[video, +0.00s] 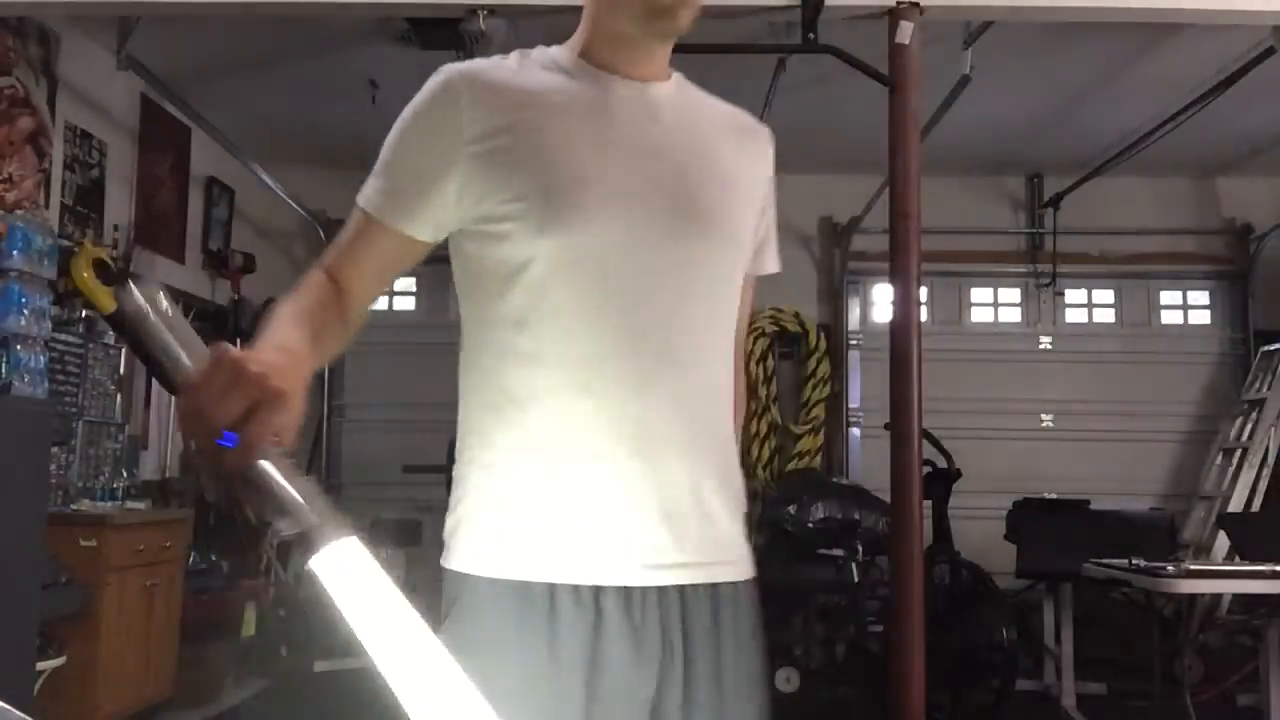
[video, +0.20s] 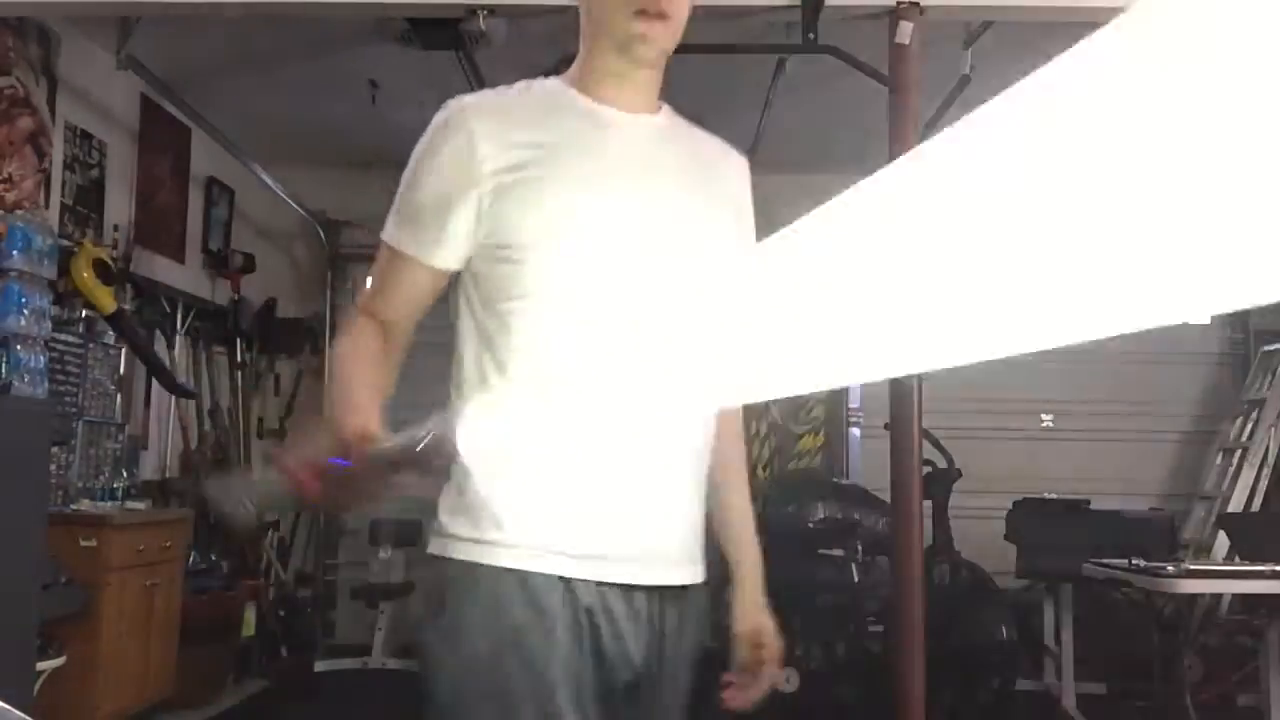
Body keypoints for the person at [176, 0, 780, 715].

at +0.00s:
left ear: (706, 1)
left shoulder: (745, 143)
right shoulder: (472, 101)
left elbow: (729, 367)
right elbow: (341, 282)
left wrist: (722, 536)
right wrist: (280, 360)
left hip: (709, 594)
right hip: (527, 594)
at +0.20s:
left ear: (691, 8)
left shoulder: (722, 173)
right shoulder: (480, 132)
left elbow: (721, 404)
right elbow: (380, 321)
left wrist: (748, 585)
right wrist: (357, 431)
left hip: (670, 595)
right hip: (509, 583)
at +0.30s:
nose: (632, 46)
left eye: (657, 28)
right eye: (614, 23)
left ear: (677, 40)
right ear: (574, 26)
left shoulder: (711, 188)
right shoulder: (482, 141)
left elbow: (715, 403)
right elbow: (386, 340)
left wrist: (767, 583)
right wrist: (420, 446)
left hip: (652, 593)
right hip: (506, 579)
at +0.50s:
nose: (632, 9)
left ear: (671, 20)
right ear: (560, 16)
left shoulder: (690, 196)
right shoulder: (484, 142)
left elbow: (696, 404)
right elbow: (424, 362)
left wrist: (760, 571)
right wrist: (537, 424)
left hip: (638, 586)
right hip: (506, 575)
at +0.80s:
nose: (610, 9)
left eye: (632, 1)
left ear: (653, 41)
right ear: (545, 30)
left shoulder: (681, 203)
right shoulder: (470, 144)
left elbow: (675, 403)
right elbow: (360, 327)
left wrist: (682, 553)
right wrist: (530, 347)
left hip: (639, 562)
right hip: (502, 556)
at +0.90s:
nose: (606, 10)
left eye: (628, 2)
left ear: (651, 41)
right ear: (544, 32)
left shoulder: (680, 204)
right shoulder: (462, 150)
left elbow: (673, 410)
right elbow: (294, 291)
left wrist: (679, 582)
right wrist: (440, 364)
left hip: (635, 573)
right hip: (497, 562)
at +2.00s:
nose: (573, 13)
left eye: (594, 2)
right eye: (548, 0)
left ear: (619, 41)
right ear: (510, 34)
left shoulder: (652, 206)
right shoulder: (432, 156)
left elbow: (652, 400)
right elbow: (358, 348)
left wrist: (698, 560)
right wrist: (432, 432)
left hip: (610, 574)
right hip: (461, 558)